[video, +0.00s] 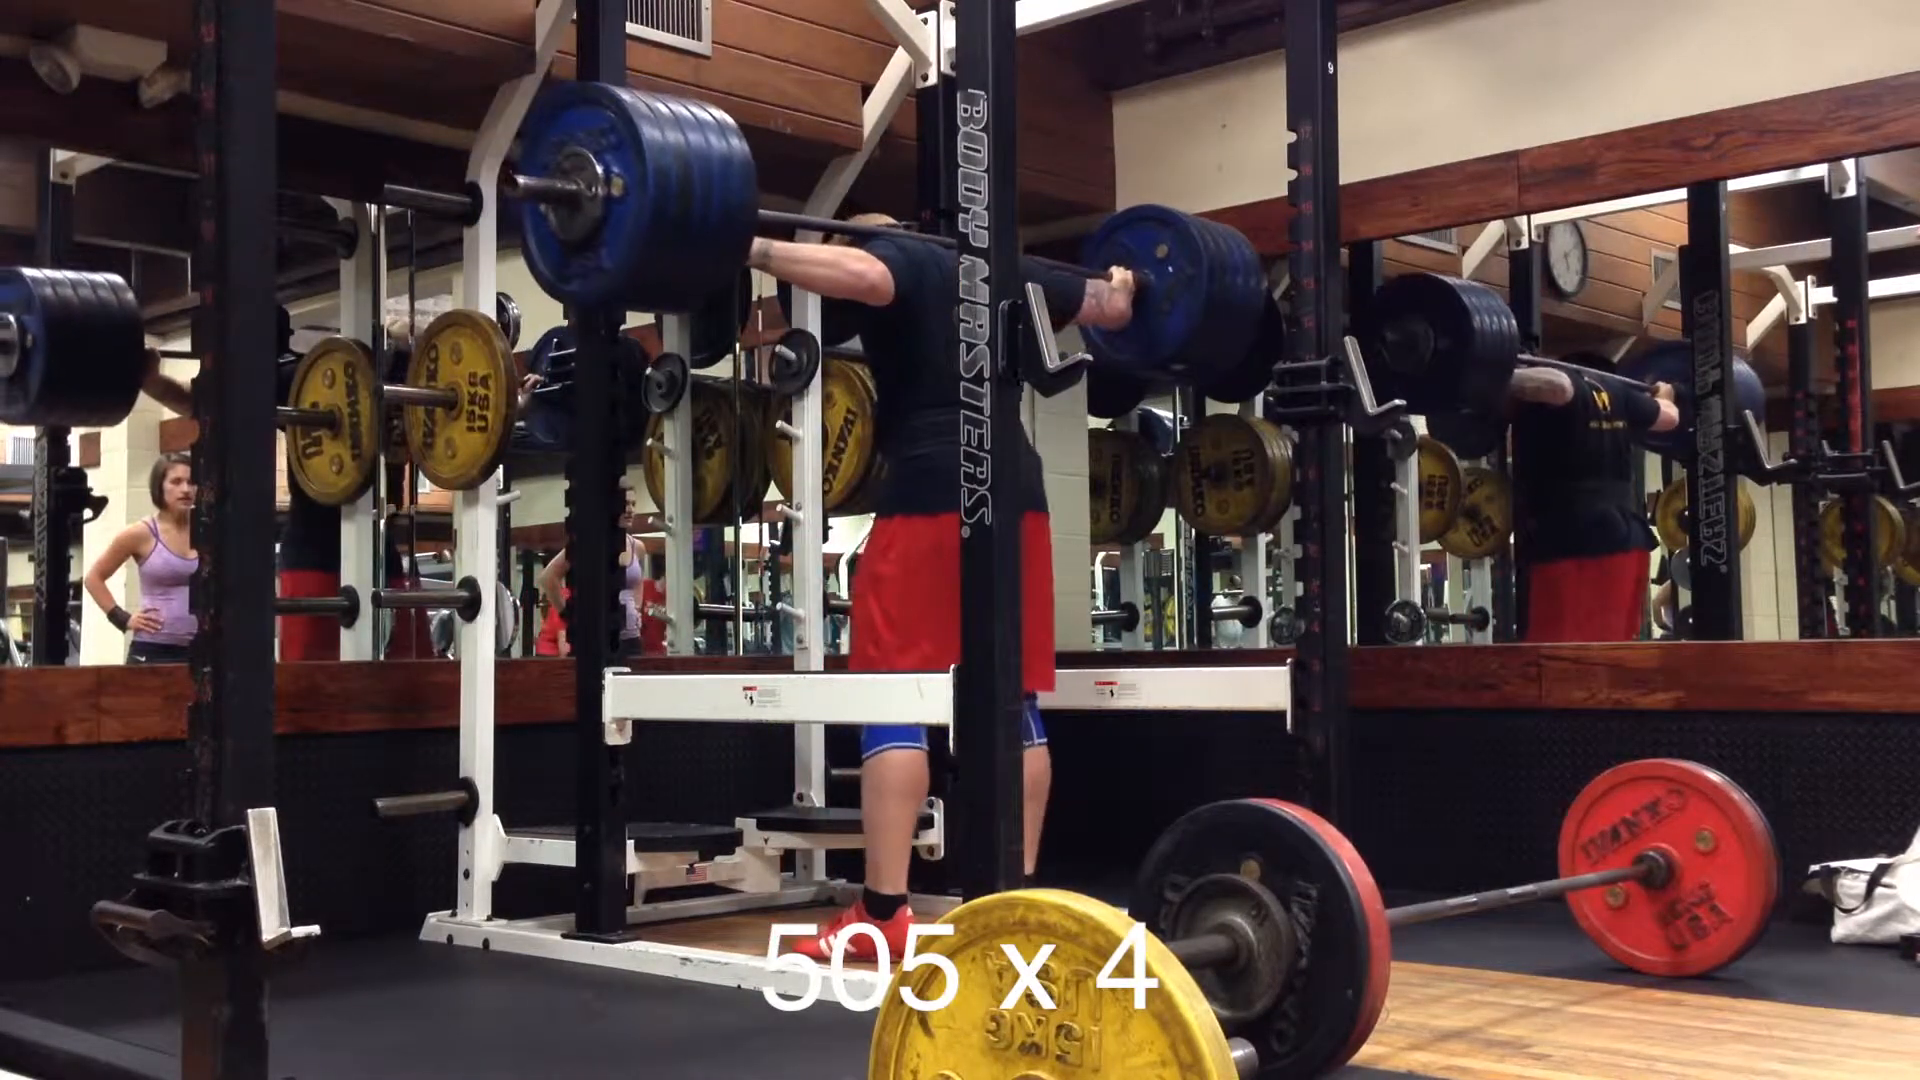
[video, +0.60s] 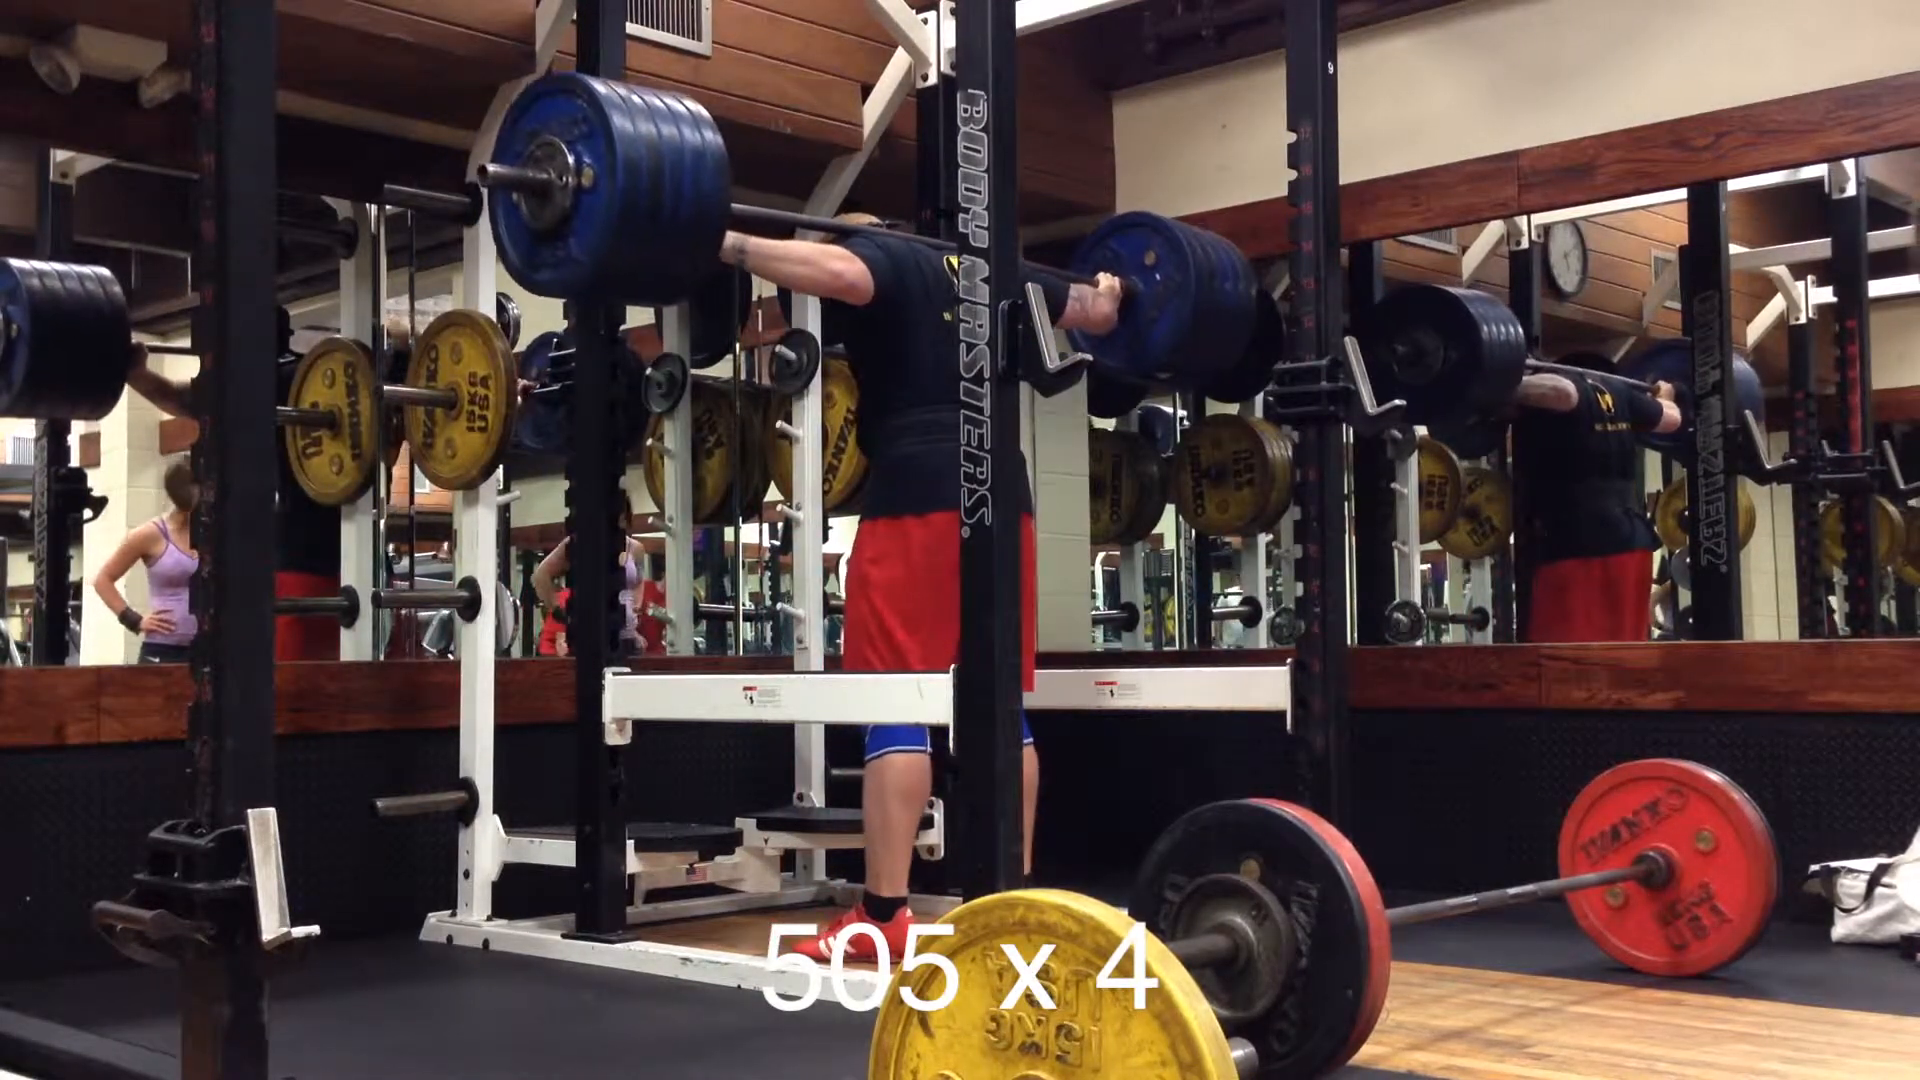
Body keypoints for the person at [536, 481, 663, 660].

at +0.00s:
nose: (630, 510)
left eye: (632, 504)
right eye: (624, 504)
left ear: (636, 506)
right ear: (609, 507)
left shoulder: (637, 546)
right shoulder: (588, 542)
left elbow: (638, 581)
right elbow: (548, 577)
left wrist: (636, 609)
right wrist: (566, 613)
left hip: (630, 631)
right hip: (595, 632)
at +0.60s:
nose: (620, 524)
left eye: (623, 519)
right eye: (614, 518)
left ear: (627, 518)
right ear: (598, 517)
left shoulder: (634, 548)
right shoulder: (575, 544)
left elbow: (639, 581)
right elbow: (540, 577)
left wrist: (637, 606)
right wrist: (556, 609)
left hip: (625, 628)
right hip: (587, 629)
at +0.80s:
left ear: (616, 520)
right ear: (583, 518)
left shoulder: (629, 549)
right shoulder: (565, 544)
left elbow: (635, 585)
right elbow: (528, 578)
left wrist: (629, 610)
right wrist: (546, 612)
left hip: (614, 629)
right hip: (576, 628)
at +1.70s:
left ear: (614, 522)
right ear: (580, 523)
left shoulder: (632, 546)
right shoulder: (565, 546)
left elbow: (655, 581)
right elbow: (532, 579)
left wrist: (642, 611)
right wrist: (551, 614)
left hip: (618, 629)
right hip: (578, 629)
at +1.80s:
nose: (608, 526)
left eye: (616, 519)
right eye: (601, 519)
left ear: (624, 517)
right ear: (588, 517)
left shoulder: (640, 545)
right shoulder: (572, 544)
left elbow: (660, 579)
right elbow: (538, 578)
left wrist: (647, 608)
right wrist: (555, 611)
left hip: (627, 631)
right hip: (584, 629)